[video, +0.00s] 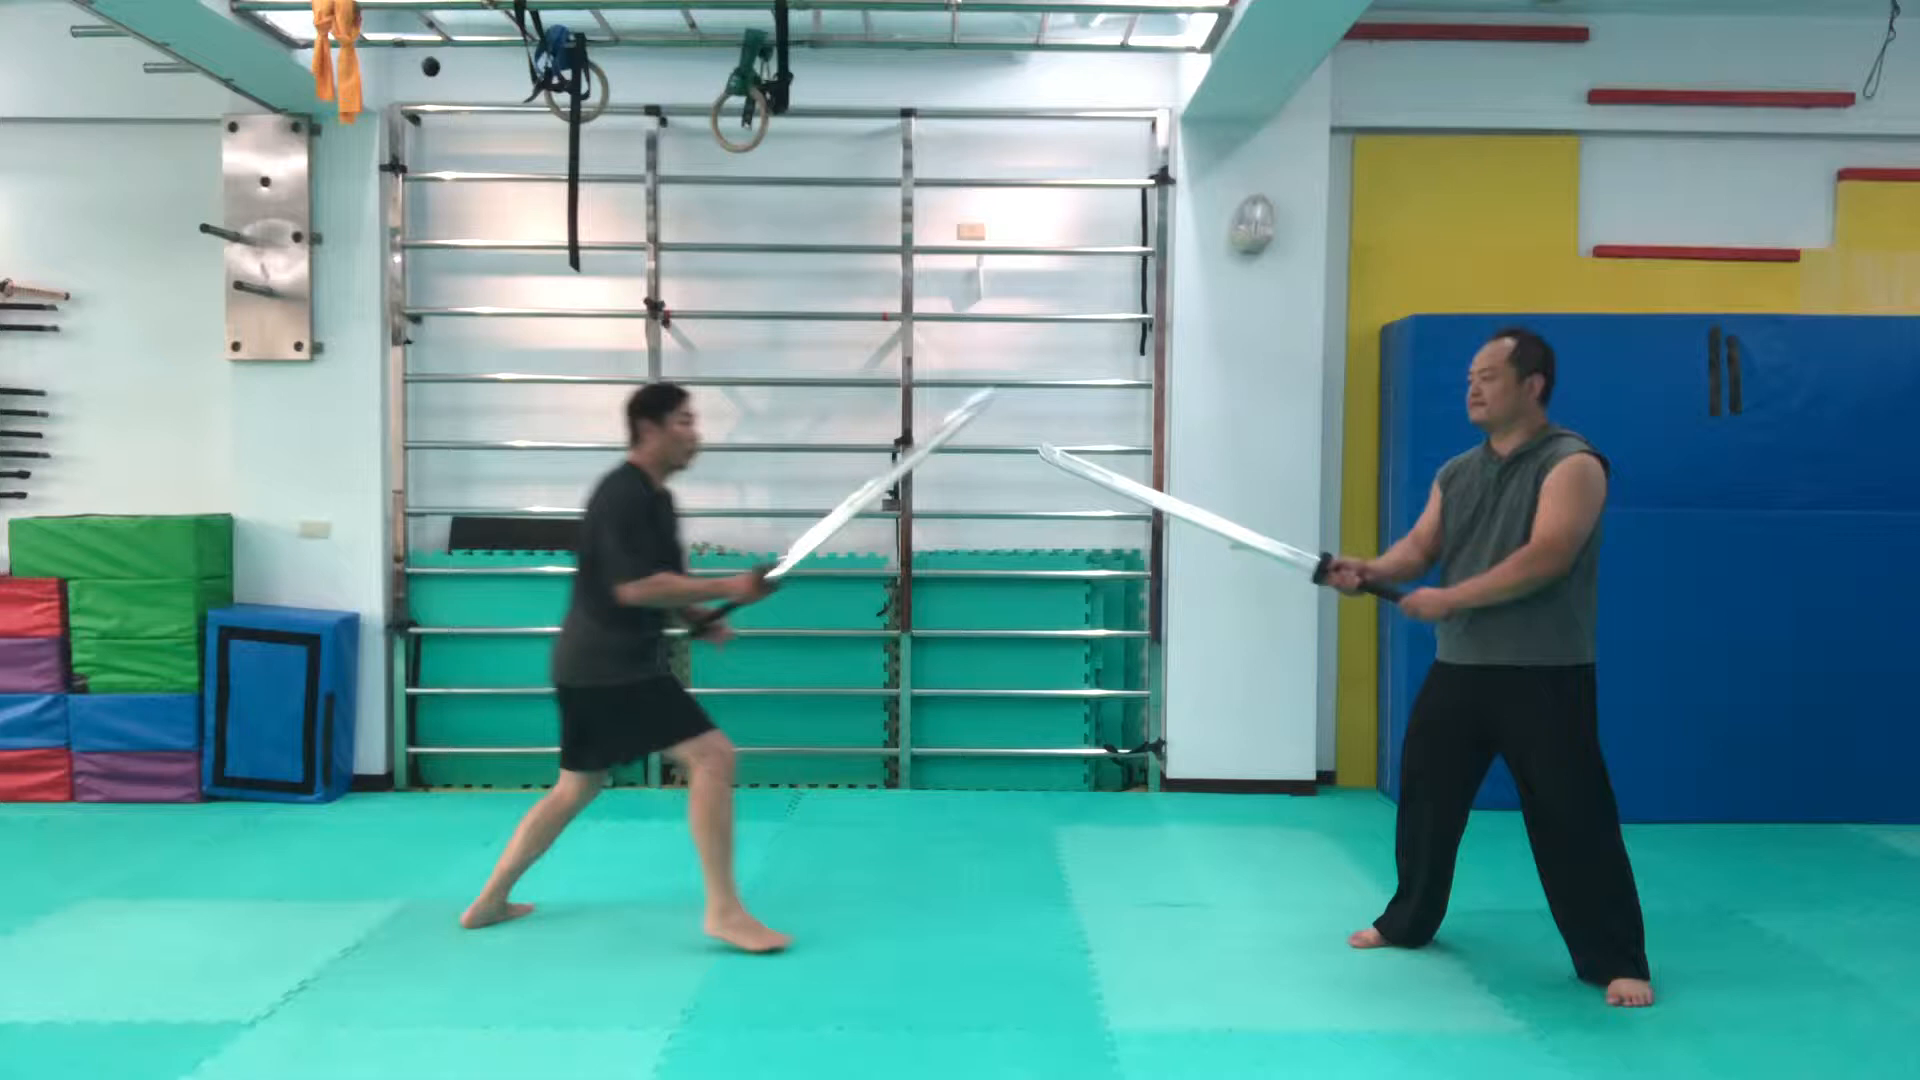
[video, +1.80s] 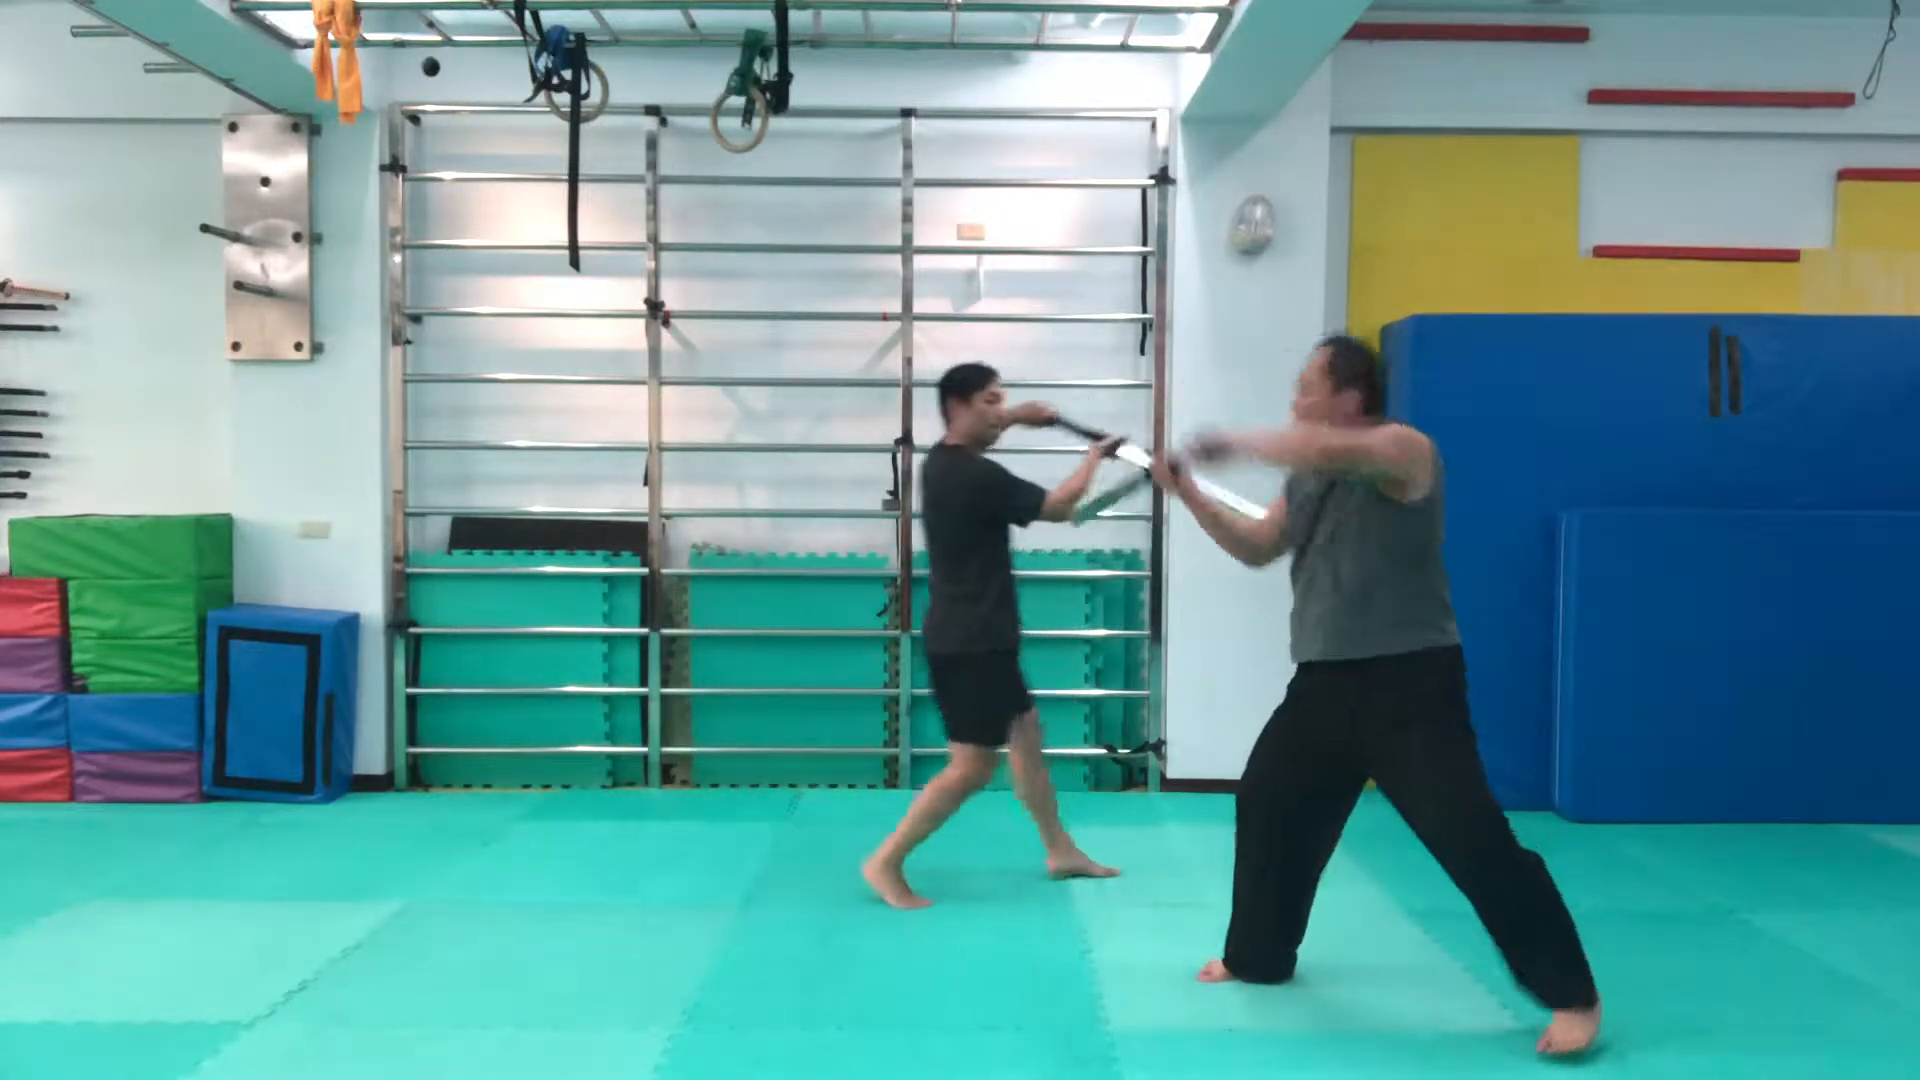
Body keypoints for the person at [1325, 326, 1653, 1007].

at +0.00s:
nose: (1472, 389)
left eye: (1487, 379)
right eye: (1471, 379)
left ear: (1532, 386)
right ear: (1478, 389)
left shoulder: (1573, 466)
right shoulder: (1455, 474)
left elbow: (1548, 557)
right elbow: (1416, 550)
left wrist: (1451, 599)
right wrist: (1366, 571)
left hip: (1547, 679)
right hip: (1460, 673)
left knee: (1575, 822)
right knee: (1427, 795)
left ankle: (1619, 966)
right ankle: (1409, 921)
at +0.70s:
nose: (1415, 459)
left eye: (1424, 449)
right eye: (1414, 447)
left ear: (1470, 446)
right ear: (1458, 441)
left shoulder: (1524, 492)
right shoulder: (1454, 460)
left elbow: (1460, 580)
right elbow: (1394, 495)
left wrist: (1416, 541)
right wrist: (1355, 560)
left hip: (1553, 671)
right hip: (1472, 662)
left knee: (1563, 827)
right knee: (1417, 756)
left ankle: (1601, 997)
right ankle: (1438, 866)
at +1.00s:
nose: (1392, 451)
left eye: (1393, 438)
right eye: (1390, 438)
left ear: (1423, 434)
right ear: (1450, 422)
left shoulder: (1453, 487)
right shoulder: (1510, 446)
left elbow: (1374, 549)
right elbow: (1457, 519)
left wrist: (1373, 544)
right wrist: (1396, 530)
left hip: (1555, 681)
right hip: (1511, 661)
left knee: (1563, 836)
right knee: (1397, 677)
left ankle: (1609, 998)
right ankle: (1419, 835)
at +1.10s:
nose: (1390, 426)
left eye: (1394, 412)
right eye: (1390, 414)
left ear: (1426, 408)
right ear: (1444, 408)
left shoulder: (1472, 442)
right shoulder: (1468, 473)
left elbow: (1353, 454)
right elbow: (1406, 526)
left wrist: (1312, 483)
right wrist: (1324, 523)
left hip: (1540, 678)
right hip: (1482, 672)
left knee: (1552, 840)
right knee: (1382, 707)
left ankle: (1612, 999)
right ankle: (1323, 857)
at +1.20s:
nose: (1395, 403)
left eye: (1405, 391)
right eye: (1396, 392)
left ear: (1434, 391)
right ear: (1421, 400)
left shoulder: (1482, 432)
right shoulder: (1429, 479)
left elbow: (1367, 393)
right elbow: (1352, 513)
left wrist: (1296, 405)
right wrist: (1261, 473)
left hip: (1506, 672)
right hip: (1446, 669)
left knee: (1525, 830)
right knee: (1349, 743)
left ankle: (1615, 995)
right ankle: (1278, 875)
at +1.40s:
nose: (1308, 428)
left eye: (1319, 415)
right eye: (1307, 417)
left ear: (1354, 414)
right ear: (1324, 422)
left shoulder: (1417, 459)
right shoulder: (1333, 496)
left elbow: (1337, 375)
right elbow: (1252, 504)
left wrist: (1259, 350)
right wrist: (1216, 430)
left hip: (1425, 683)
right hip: (1348, 688)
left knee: (1482, 843)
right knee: (1279, 807)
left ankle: (1602, 981)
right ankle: (1262, 956)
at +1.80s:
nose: (1296, 404)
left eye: (1308, 392)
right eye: (1297, 392)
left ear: (1354, 400)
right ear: (1324, 402)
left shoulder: (1407, 451)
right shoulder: (1309, 475)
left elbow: (1326, 447)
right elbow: (1255, 544)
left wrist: (1232, 442)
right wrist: (1188, 491)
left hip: (1411, 679)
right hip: (1325, 681)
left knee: (1471, 840)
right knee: (1268, 806)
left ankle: (1573, 996)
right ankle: (1258, 958)